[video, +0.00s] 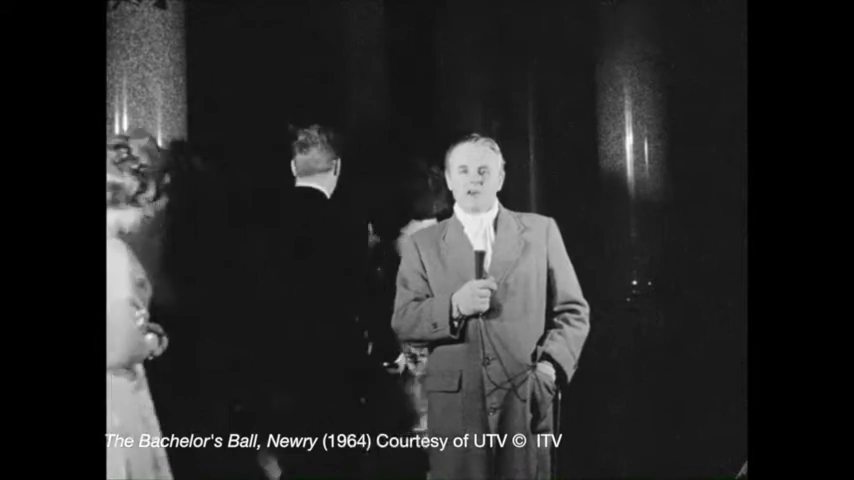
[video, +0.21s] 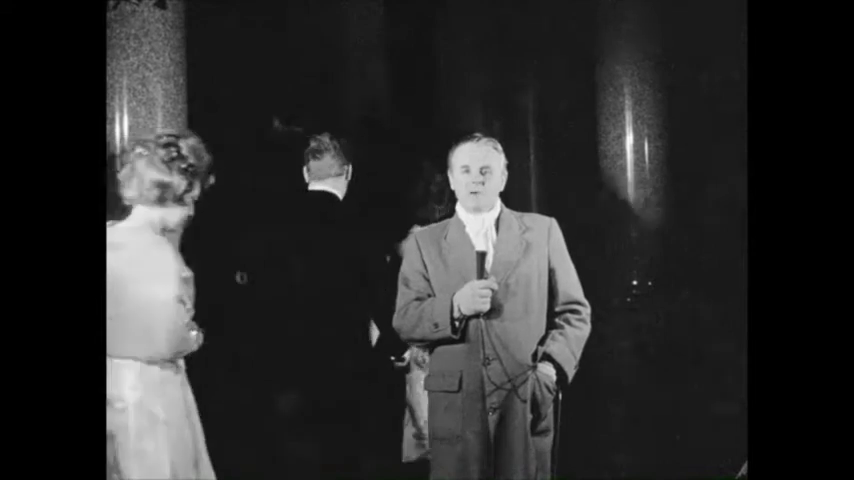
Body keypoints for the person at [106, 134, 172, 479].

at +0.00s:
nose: (158, 210)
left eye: (158, 199)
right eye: (154, 200)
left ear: (117, 192)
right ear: (138, 199)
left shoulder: (119, 253)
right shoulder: (116, 255)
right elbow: (119, 349)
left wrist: (145, 331)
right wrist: (152, 342)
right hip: (116, 405)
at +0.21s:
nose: (193, 211)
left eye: (194, 200)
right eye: (192, 200)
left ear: (136, 189)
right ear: (180, 198)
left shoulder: (112, 239)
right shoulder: (162, 254)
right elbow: (168, 337)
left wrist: (187, 329)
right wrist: (195, 337)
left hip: (114, 376)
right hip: (154, 384)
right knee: (164, 469)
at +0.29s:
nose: (210, 211)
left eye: (212, 201)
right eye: (209, 200)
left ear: (154, 187)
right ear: (194, 196)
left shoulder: (119, 240)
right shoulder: (181, 257)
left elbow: (114, 318)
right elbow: (188, 340)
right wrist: (214, 336)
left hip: (120, 381)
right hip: (172, 387)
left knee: (125, 471)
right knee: (177, 471)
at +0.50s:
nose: (256, 201)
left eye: (257, 190)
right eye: (255, 190)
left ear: (197, 186)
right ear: (243, 191)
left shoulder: (168, 237)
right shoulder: (230, 256)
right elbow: (241, 343)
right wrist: (266, 324)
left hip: (167, 383)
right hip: (221, 391)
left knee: (171, 470)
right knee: (229, 471)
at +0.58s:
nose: (272, 195)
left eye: (272, 184)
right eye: (271, 185)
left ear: (206, 186)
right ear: (259, 187)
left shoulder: (185, 237)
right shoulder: (248, 253)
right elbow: (263, 339)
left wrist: (267, 296)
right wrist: (285, 318)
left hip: (183, 384)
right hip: (240, 390)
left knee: (189, 471)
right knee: (247, 471)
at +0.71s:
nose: (293, 194)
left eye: (292, 185)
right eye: (290, 185)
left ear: (227, 188)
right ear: (280, 190)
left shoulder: (203, 242)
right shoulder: (276, 250)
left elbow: (180, 315)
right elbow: (293, 334)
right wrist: (314, 330)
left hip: (204, 382)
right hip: (267, 387)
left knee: (209, 471)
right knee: (271, 470)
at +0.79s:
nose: (308, 197)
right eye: (305, 188)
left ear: (242, 187)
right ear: (298, 193)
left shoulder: (221, 240)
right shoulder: (296, 252)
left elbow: (195, 314)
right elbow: (311, 335)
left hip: (219, 382)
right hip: (283, 386)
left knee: (223, 471)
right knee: (286, 469)